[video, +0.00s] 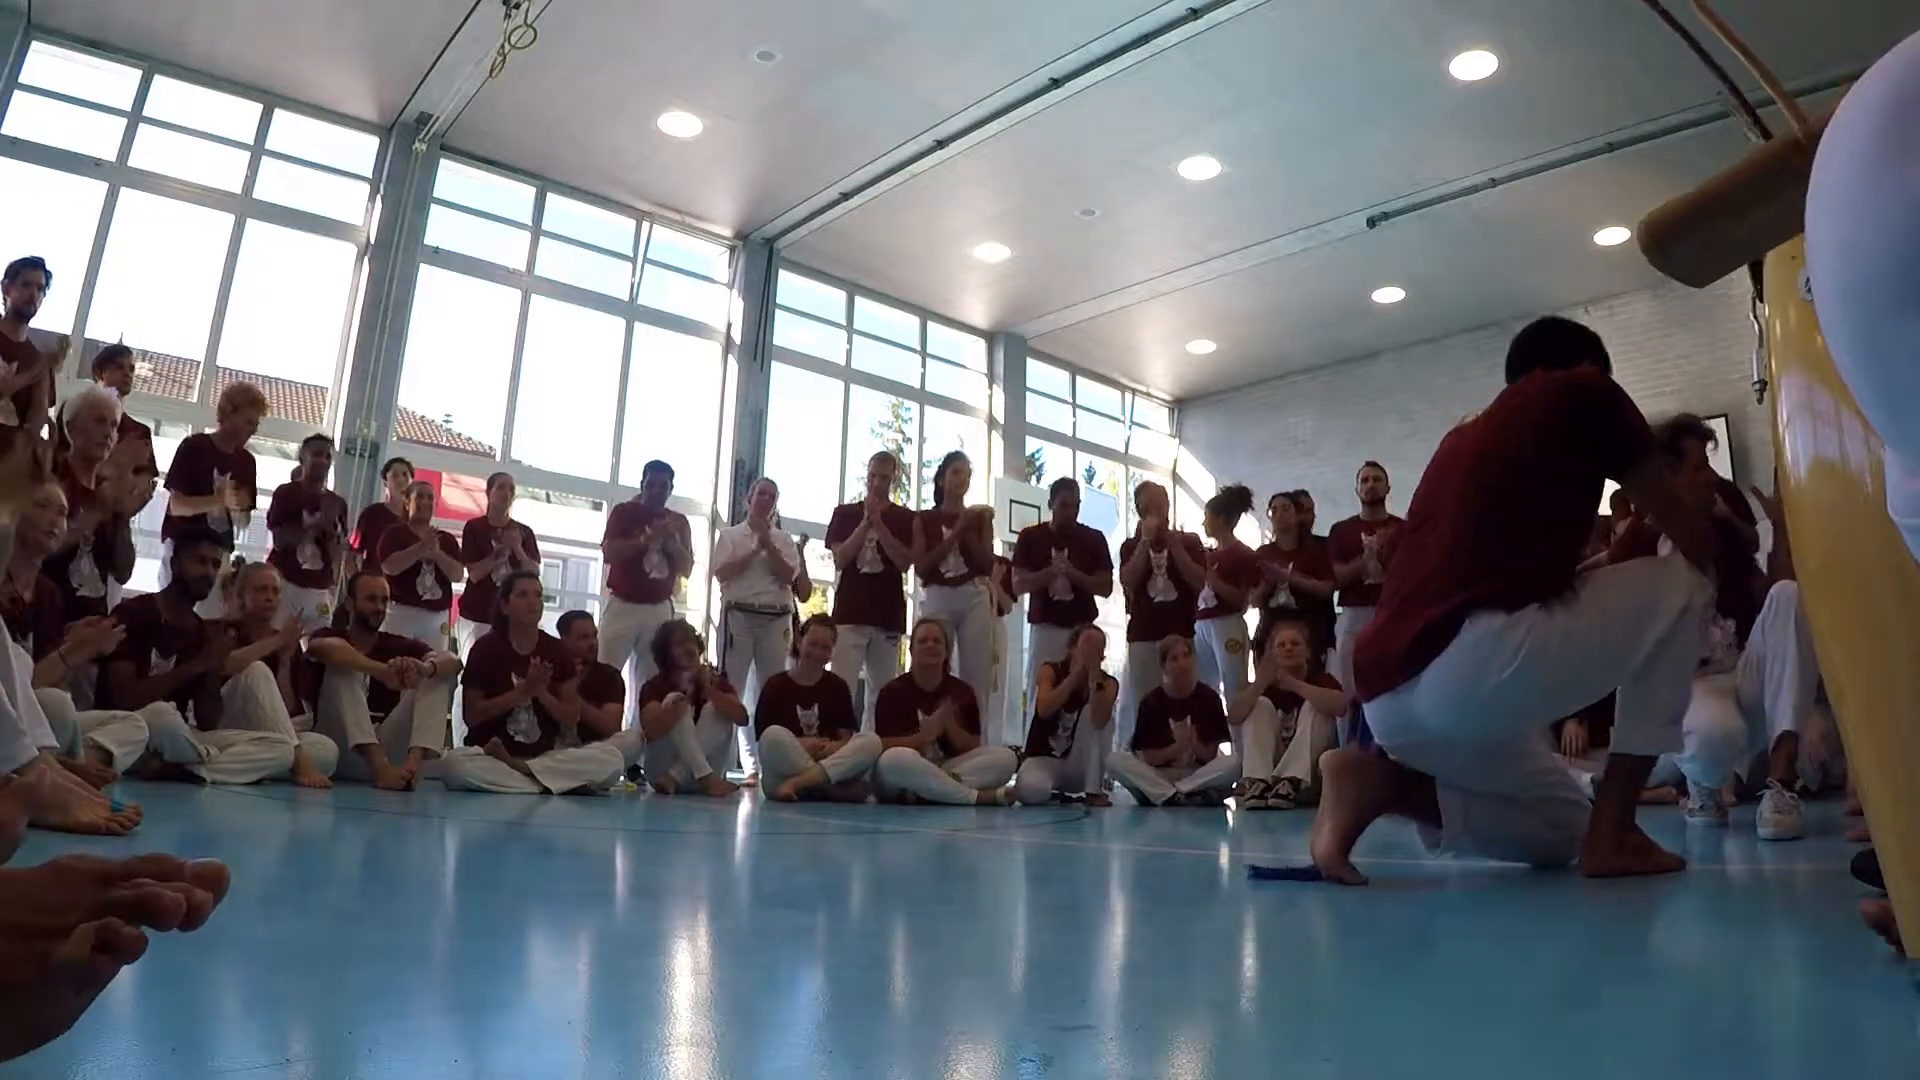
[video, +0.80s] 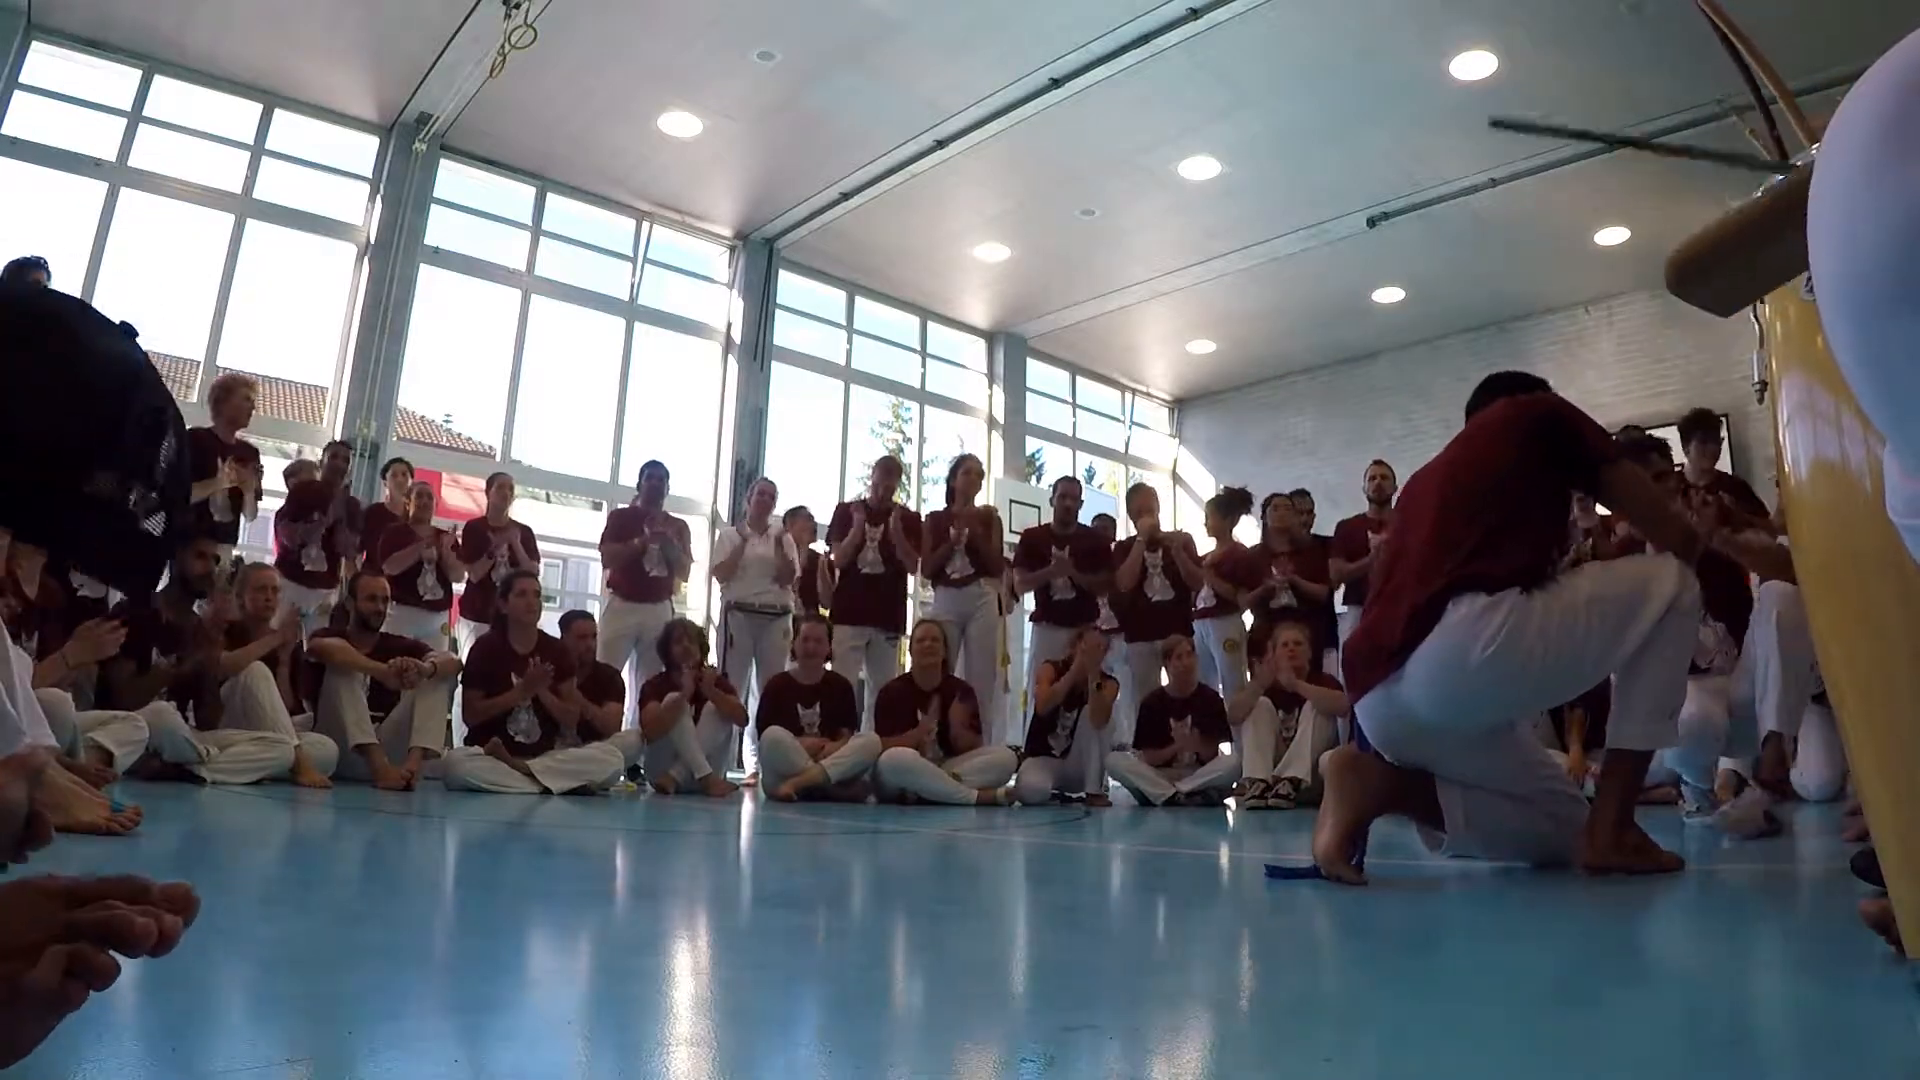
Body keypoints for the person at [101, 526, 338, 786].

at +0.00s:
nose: (209, 572)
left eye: (214, 565)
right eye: (199, 562)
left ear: (220, 571)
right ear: (175, 563)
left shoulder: (204, 629)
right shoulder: (134, 612)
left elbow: (207, 720)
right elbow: (125, 698)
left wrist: (216, 669)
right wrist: (200, 665)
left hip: (180, 736)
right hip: (129, 735)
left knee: (283, 750)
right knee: (161, 715)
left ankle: (186, 772)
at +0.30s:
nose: (212, 574)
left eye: (218, 566)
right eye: (202, 563)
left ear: (224, 574)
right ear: (176, 562)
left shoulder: (208, 632)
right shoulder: (139, 610)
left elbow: (208, 719)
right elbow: (132, 697)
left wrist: (220, 672)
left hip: (184, 735)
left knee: (282, 751)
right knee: (160, 714)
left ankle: (189, 772)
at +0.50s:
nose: (268, 597)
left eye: (273, 590)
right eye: (259, 590)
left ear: (279, 595)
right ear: (241, 595)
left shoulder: (286, 639)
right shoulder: (223, 630)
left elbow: (291, 710)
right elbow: (222, 668)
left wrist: (283, 663)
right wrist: (278, 637)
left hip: (272, 731)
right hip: (225, 724)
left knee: (327, 751)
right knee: (255, 672)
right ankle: (298, 762)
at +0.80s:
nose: (269, 597)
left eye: (274, 591)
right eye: (260, 590)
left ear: (280, 596)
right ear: (241, 595)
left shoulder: (286, 642)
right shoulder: (225, 631)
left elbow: (289, 708)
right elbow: (222, 668)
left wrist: (284, 658)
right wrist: (278, 638)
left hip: (271, 731)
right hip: (225, 724)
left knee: (327, 751)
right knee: (255, 672)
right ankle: (298, 762)